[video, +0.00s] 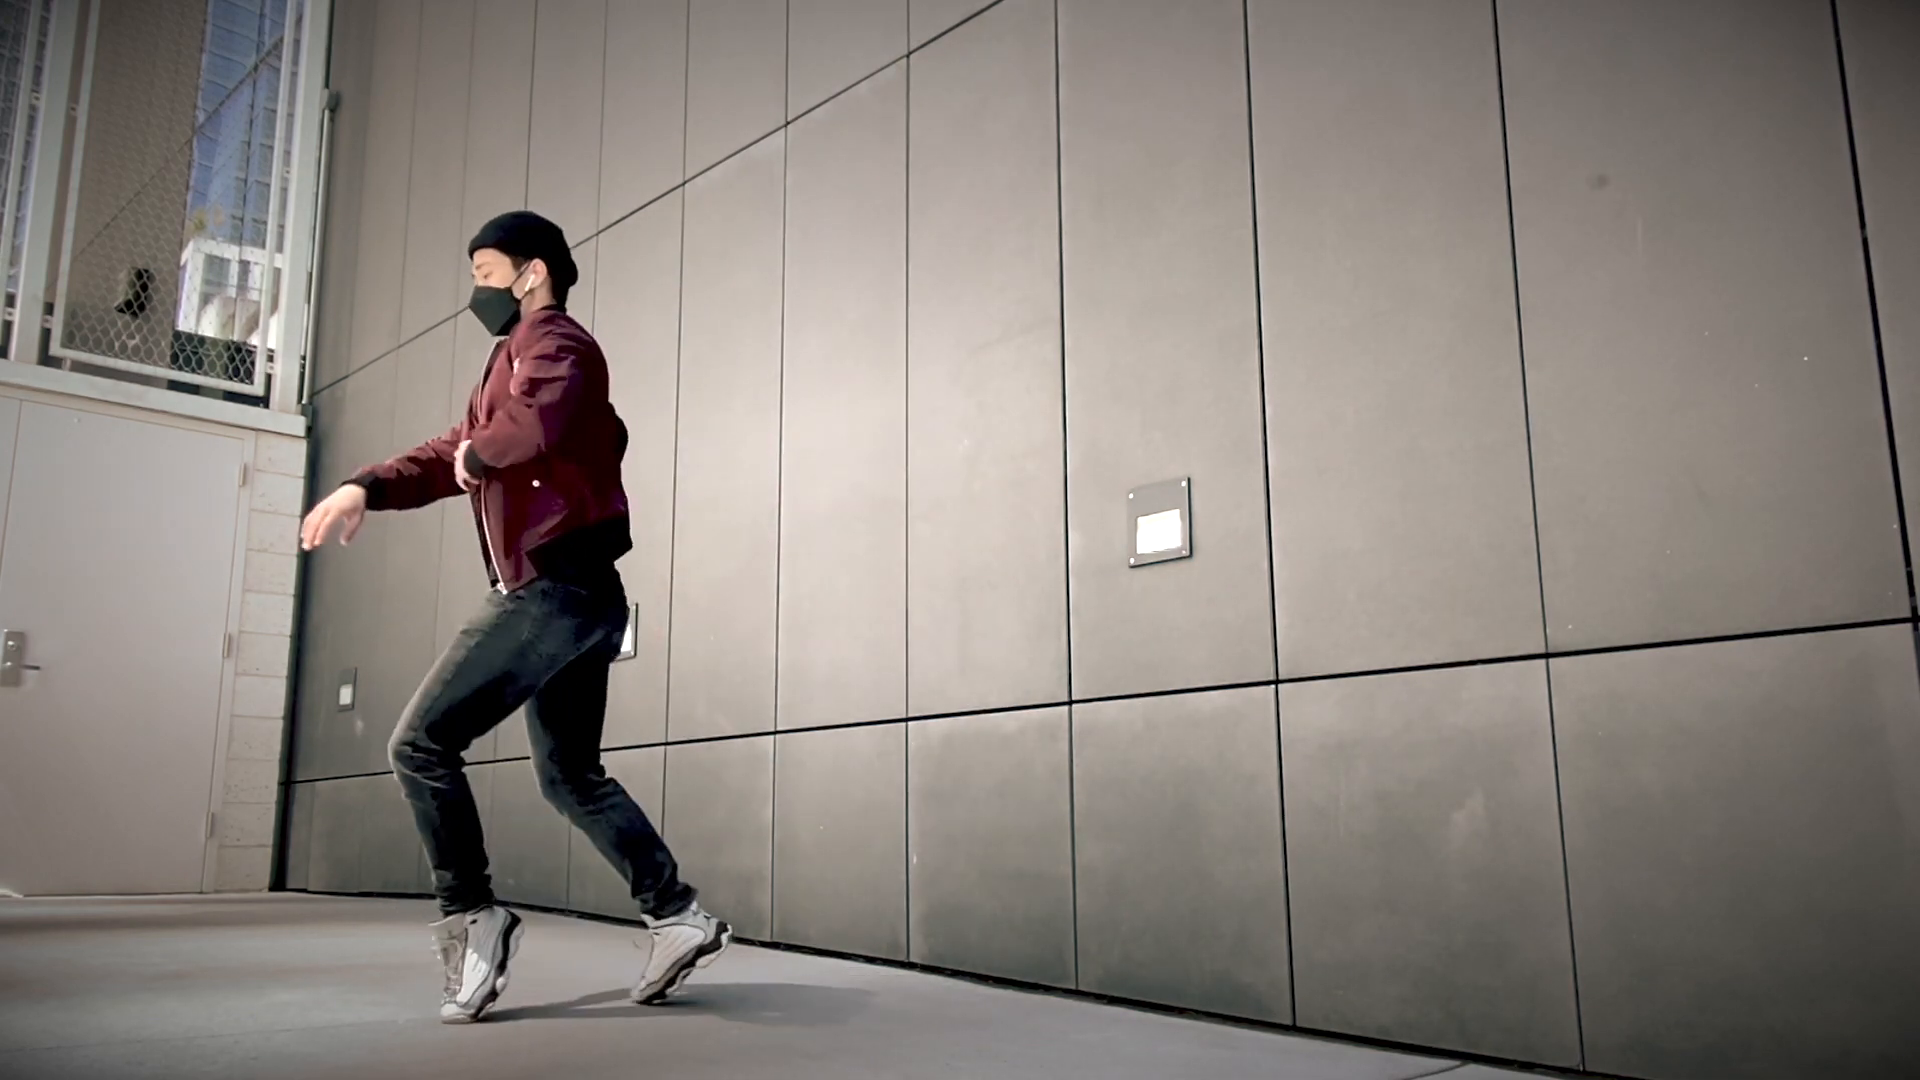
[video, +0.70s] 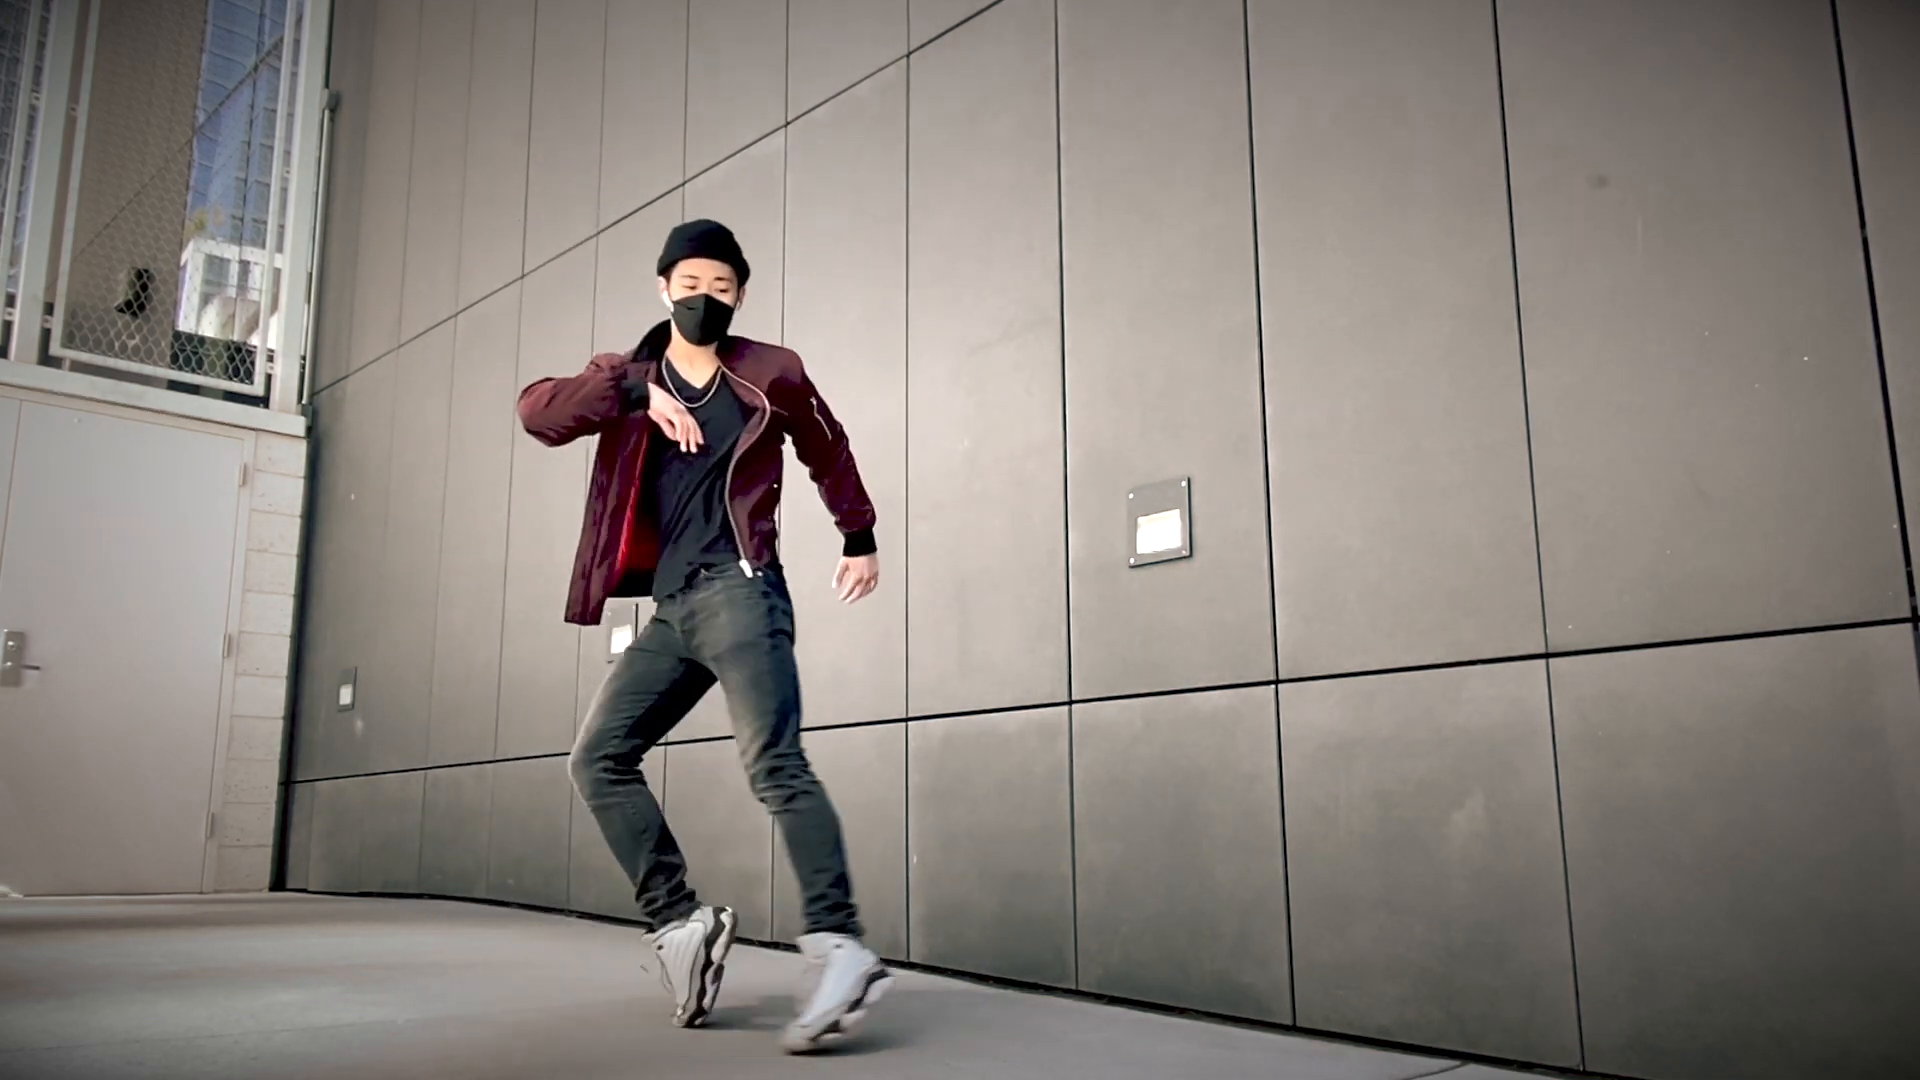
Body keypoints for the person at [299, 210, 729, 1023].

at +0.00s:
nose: (475, 289)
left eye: (485, 273)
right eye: (474, 276)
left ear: (533, 274)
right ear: (526, 279)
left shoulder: (553, 338)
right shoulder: (512, 362)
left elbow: (537, 424)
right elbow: (452, 455)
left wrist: (472, 456)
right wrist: (362, 489)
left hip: (552, 593)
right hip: (576, 595)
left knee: (421, 747)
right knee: (572, 776)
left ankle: (474, 922)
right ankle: (679, 917)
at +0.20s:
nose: (504, 289)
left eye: (516, 273)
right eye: (501, 275)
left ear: (566, 277)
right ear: (546, 284)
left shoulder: (588, 334)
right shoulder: (538, 371)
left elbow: (653, 381)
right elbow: (494, 453)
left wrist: (570, 462)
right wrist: (432, 457)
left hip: (565, 593)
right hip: (600, 601)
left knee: (444, 744)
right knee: (560, 779)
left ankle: (494, 917)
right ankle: (680, 911)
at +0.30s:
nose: (536, 289)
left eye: (551, 273)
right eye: (529, 277)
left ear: (600, 277)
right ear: (528, 284)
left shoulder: (628, 337)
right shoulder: (536, 383)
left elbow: (731, 381)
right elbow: (473, 452)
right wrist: (469, 437)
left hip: (584, 585)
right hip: (615, 594)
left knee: (473, 741)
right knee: (556, 772)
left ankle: (506, 922)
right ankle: (671, 904)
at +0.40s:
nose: (585, 279)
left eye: (600, 265)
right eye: (573, 268)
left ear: (638, 271)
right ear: (564, 277)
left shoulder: (675, 336)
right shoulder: (549, 375)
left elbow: (785, 389)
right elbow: (456, 440)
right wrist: (518, 411)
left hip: (625, 577)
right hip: (602, 586)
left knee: (516, 738)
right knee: (572, 765)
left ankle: (520, 926)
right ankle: (657, 914)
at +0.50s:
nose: (636, 271)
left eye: (652, 260)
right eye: (621, 259)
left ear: (677, 274)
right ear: (601, 272)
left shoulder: (713, 342)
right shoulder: (578, 367)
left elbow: (810, 404)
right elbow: (475, 424)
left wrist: (866, 492)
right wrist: (564, 390)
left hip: (673, 570)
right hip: (622, 574)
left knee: (594, 750)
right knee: (593, 756)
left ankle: (572, 946)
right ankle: (666, 920)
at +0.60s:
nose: (672, 278)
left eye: (688, 268)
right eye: (657, 266)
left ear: (709, 284)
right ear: (633, 281)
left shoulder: (744, 357)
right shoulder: (603, 376)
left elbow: (821, 427)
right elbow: (510, 421)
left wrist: (868, 513)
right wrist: (603, 384)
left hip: (708, 581)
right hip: (650, 596)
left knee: (687, 755)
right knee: (588, 758)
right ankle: (671, 934)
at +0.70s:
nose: (709, 291)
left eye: (723, 281)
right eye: (693, 279)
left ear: (738, 294)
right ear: (664, 288)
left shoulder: (773, 373)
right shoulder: (624, 375)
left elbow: (826, 453)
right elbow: (538, 416)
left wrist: (858, 540)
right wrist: (632, 389)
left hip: (740, 592)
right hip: (670, 611)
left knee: (773, 763)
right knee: (597, 760)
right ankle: (680, 929)